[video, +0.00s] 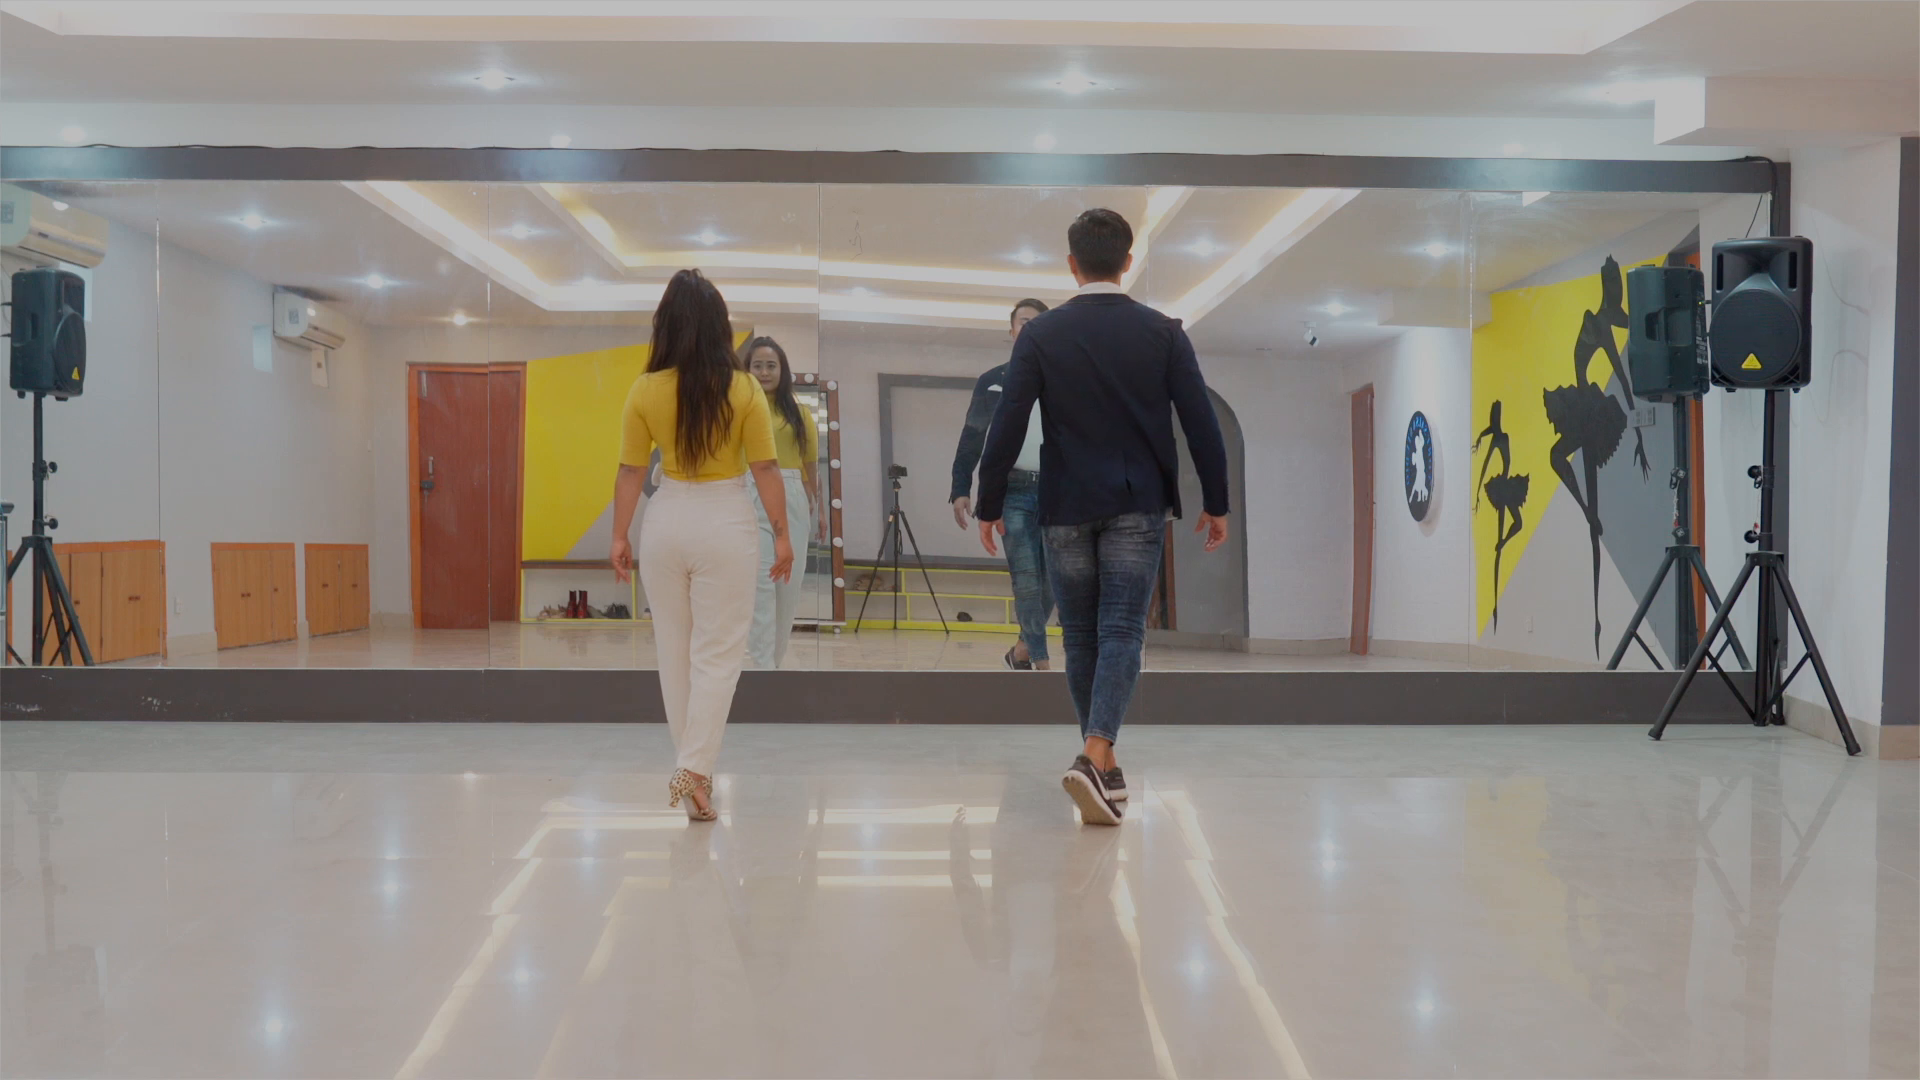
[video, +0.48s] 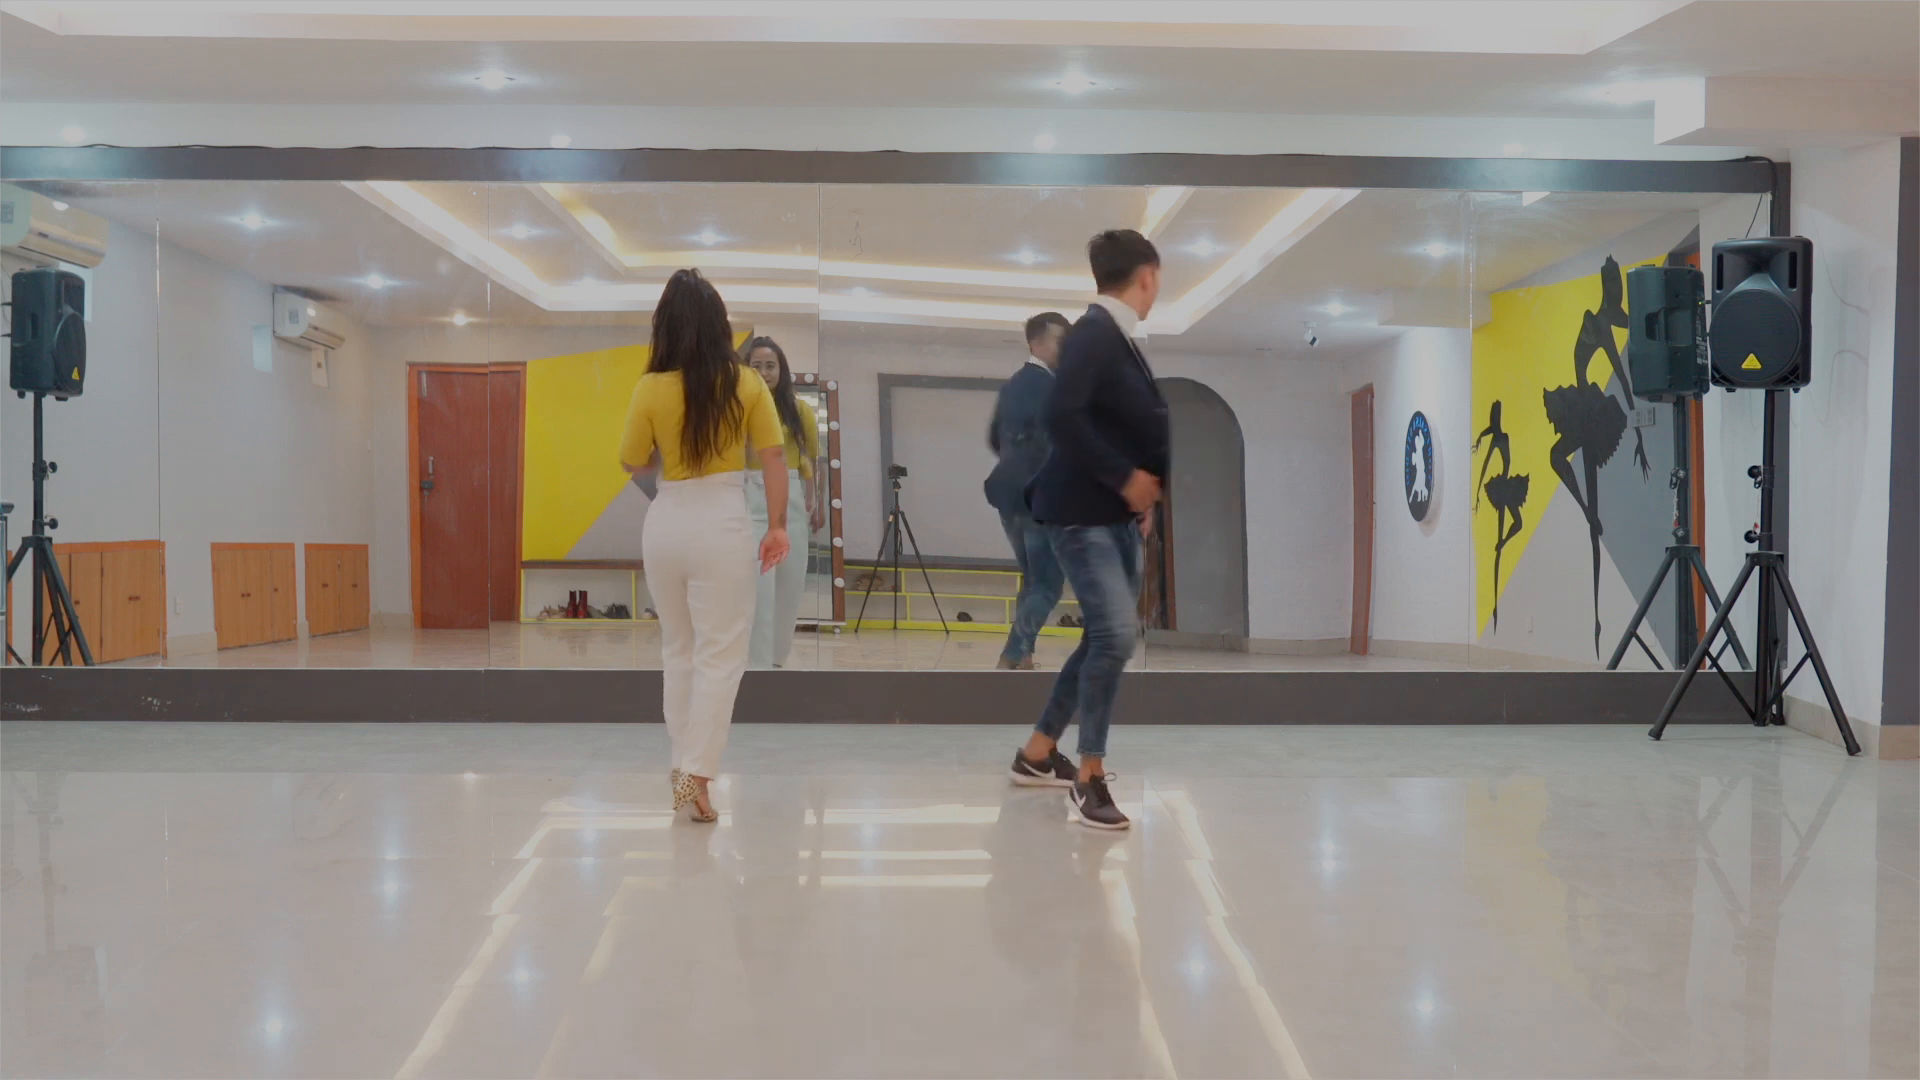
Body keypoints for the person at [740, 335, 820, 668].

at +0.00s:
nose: (764, 371)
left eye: (771, 365)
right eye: (757, 365)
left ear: (783, 370)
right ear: (746, 370)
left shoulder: (800, 413)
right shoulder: (741, 411)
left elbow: (809, 470)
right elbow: (731, 465)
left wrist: (817, 511)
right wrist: (730, 506)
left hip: (793, 499)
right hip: (752, 498)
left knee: (789, 584)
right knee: (761, 585)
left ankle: (773, 666)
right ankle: (761, 670)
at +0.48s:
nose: (764, 372)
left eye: (771, 365)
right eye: (757, 365)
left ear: (782, 369)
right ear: (746, 369)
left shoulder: (800, 410)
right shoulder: (740, 409)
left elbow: (809, 460)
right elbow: (731, 462)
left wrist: (814, 503)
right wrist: (730, 504)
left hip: (791, 496)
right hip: (750, 497)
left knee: (790, 578)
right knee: (758, 580)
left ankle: (777, 661)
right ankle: (758, 665)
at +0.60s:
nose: (761, 371)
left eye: (767, 365)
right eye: (753, 365)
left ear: (778, 372)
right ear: (741, 371)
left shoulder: (789, 411)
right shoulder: (738, 411)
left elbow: (805, 466)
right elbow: (752, 440)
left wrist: (812, 510)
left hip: (789, 510)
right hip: (752, 510)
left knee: (792, 589)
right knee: (764, 587)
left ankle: (773, 662)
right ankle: (751, 666)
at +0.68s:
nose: (777, 369)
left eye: (778, 363)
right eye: (768, 364)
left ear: (780, 367)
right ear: (748, 370)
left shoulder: (773, 399)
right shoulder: (760, 398)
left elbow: (782, 463)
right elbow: (804, 434)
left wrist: (801, 502)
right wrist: (811, 469)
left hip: (783, 501)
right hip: (760, 499)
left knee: (791, 587)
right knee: (774, 587)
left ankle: (766, 666)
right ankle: (747, 669)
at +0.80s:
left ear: (747, 377)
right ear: (784, 375)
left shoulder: (736, 410)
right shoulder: (794, 413)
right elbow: (809, 465)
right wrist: (814, 508)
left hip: (736, 501)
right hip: (775, 502)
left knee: (755, 590)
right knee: (781, 594)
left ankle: (755, 669)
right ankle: (752, 670)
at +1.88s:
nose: (802, 378)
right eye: (797, 373)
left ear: (758, 379)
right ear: (791, 378)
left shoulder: (746, 413)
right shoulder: (795, 417)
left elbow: (739, 471)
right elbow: (802, 475)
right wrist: (808, 520)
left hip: (745, 502)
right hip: (783, 501)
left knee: (751, 589)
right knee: (782, 593)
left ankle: (747, 666)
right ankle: (763, 670)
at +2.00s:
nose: (804, 376)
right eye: (799, 369)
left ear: (762, 371)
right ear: (792, 371)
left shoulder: (749, 405)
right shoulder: (790, 407)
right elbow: (803, 459)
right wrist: (802, 508)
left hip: (752, 501)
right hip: (782, 502)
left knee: (760, 587)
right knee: (776, 592)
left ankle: (760, 662)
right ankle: (763, 666)